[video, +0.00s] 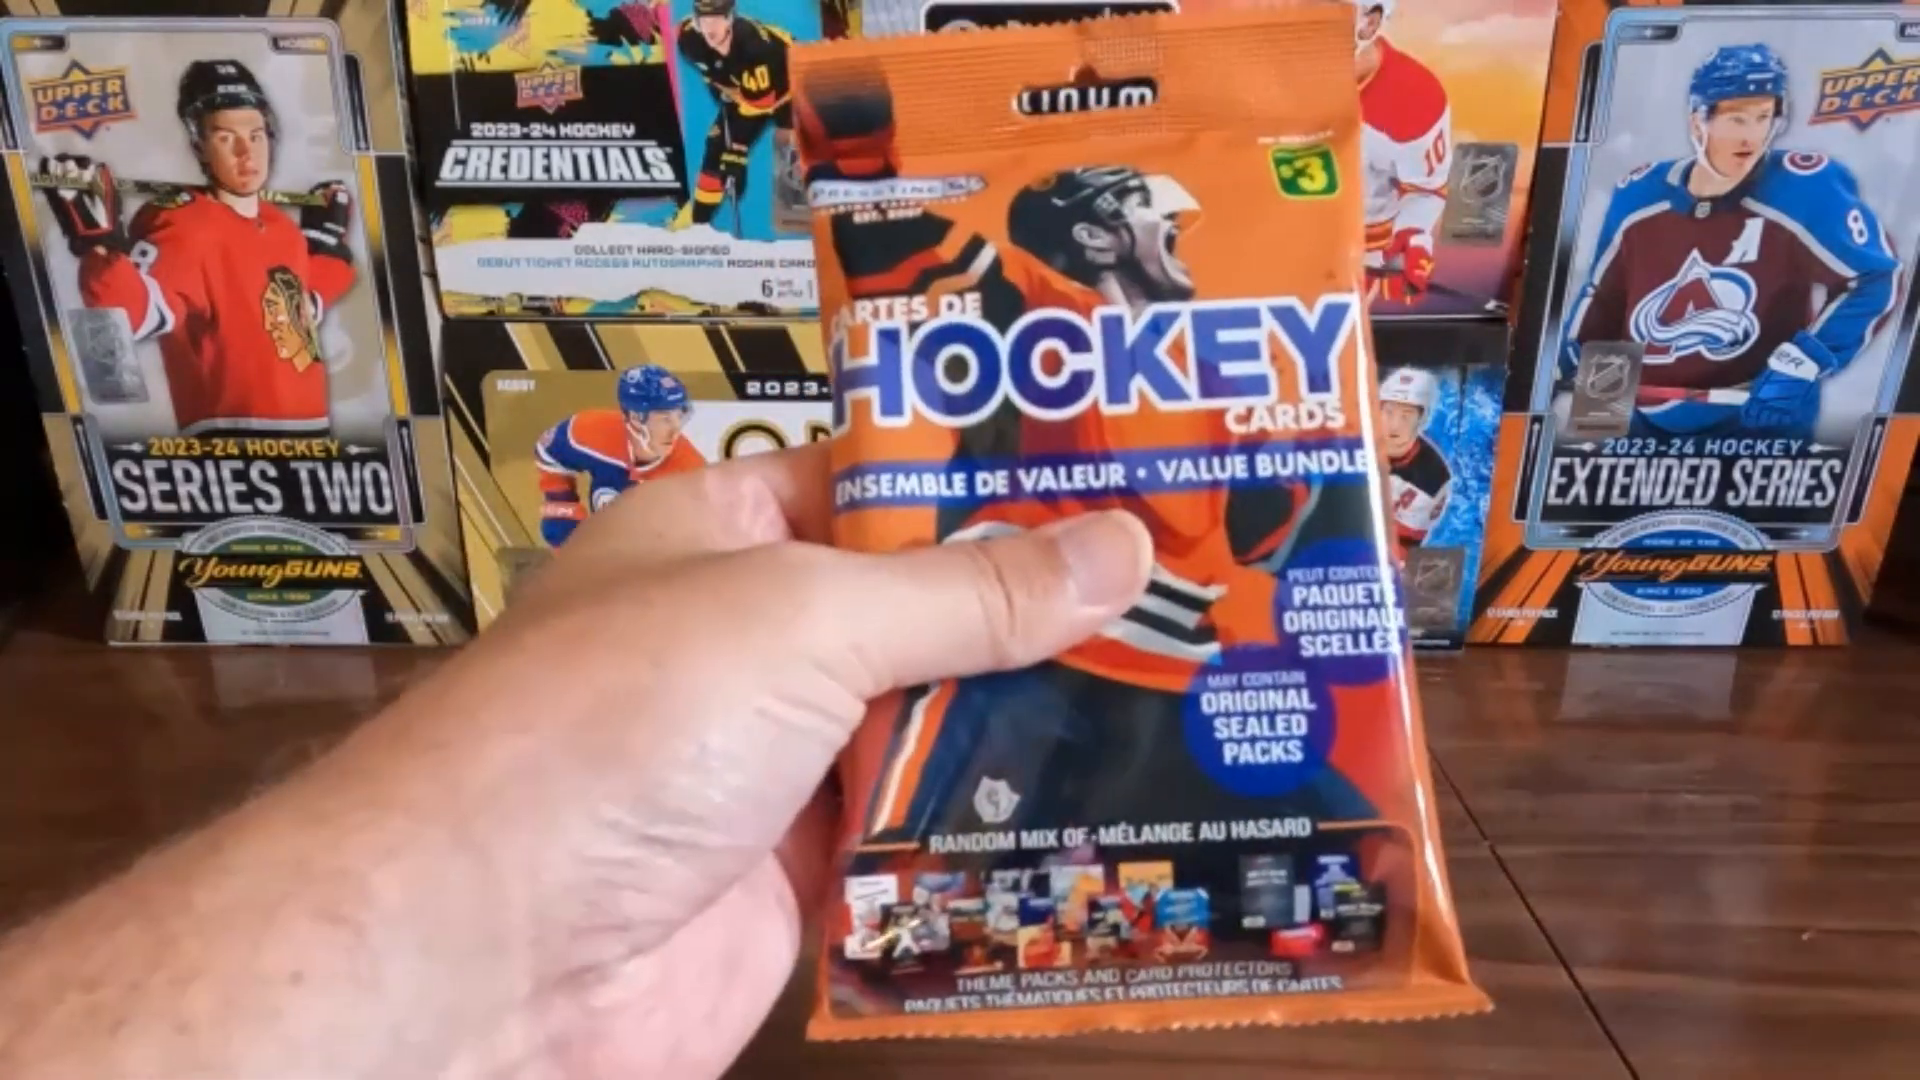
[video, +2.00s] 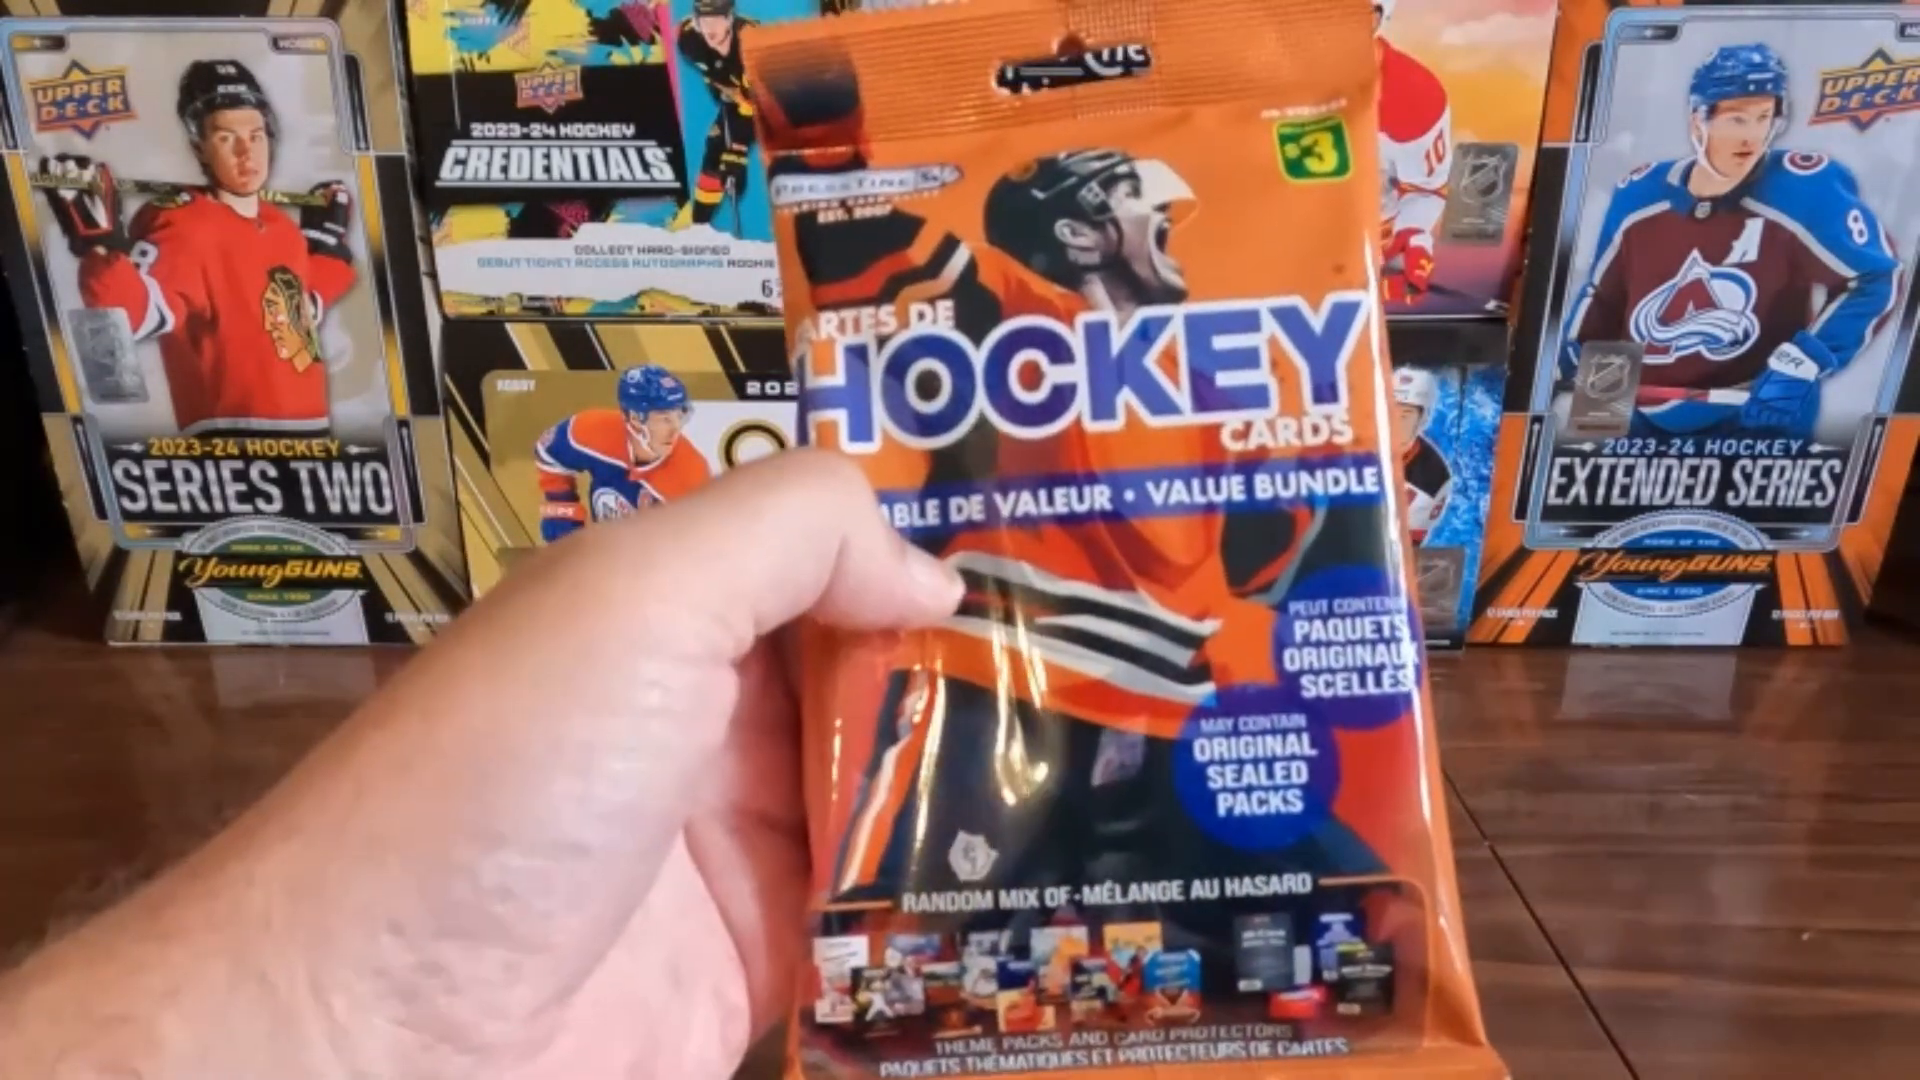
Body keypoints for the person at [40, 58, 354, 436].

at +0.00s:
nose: (247, 153)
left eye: (256, 135)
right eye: (228, 139)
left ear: (270, 139)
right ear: (201, 149)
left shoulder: (283, 228)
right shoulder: (183, 227)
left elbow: (304, 301)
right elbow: (139, 316)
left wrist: (336, 252)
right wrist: (100, 249)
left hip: (307, 433)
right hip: (229, 441)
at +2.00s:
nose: (247, 152)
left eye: (256, 135)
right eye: (228, 139)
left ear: (270, 140)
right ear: (201, 150)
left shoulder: (283, 227)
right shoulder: (183, 226)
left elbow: (303, 305)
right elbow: (142, 315)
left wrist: (334, 250)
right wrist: (100, 250)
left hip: (307, 432)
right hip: (230, 438)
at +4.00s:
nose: (247, 153)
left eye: (257, 135)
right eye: (227, 139)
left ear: (270, 139)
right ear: (200, 149)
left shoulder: (283, 229)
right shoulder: (183, 227)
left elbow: (302, 306)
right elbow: (137, 317)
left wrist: (332, 249)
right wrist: (100, 249)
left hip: (307, 435)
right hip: (230, 441)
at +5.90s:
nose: (246, 153)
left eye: (256, 136)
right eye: (226, 138)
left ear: (271, 141)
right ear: (200, 148)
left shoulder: (284, 226)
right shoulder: (183, 227)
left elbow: (316, 318)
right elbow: (139, 319)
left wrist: (330, 244)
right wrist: (101, 248)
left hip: (300, 417)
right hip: (217, 421)